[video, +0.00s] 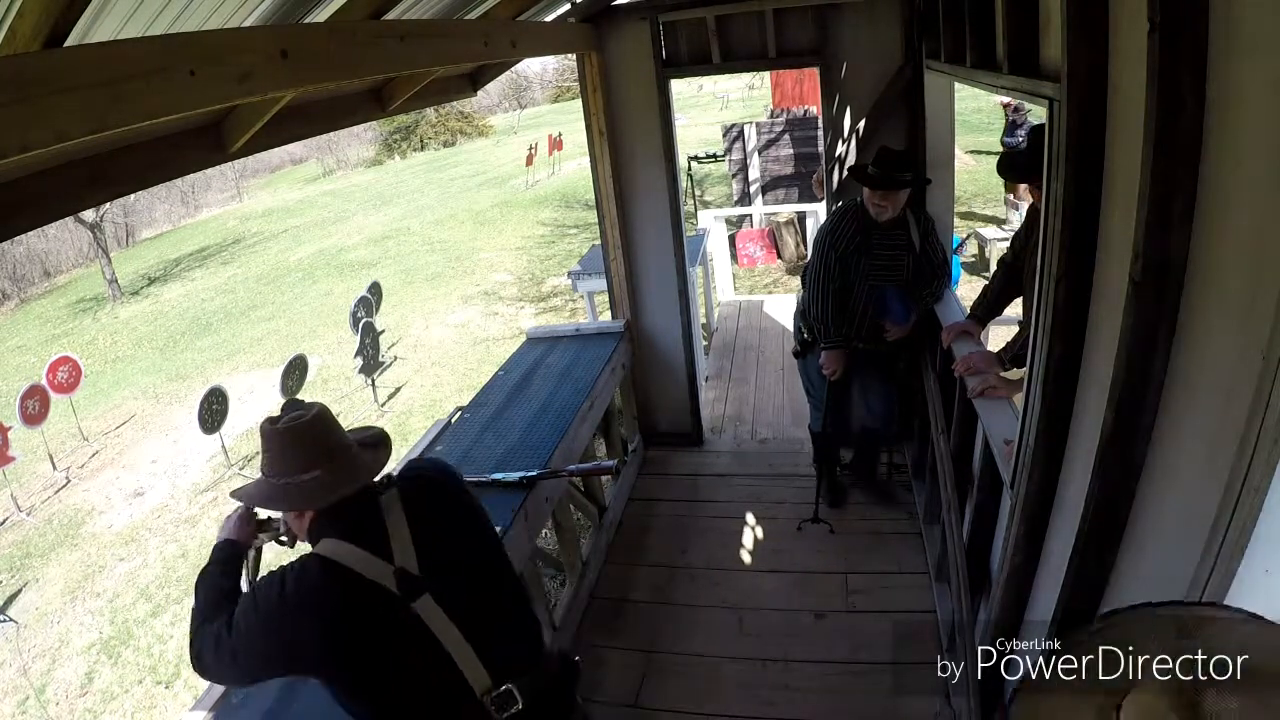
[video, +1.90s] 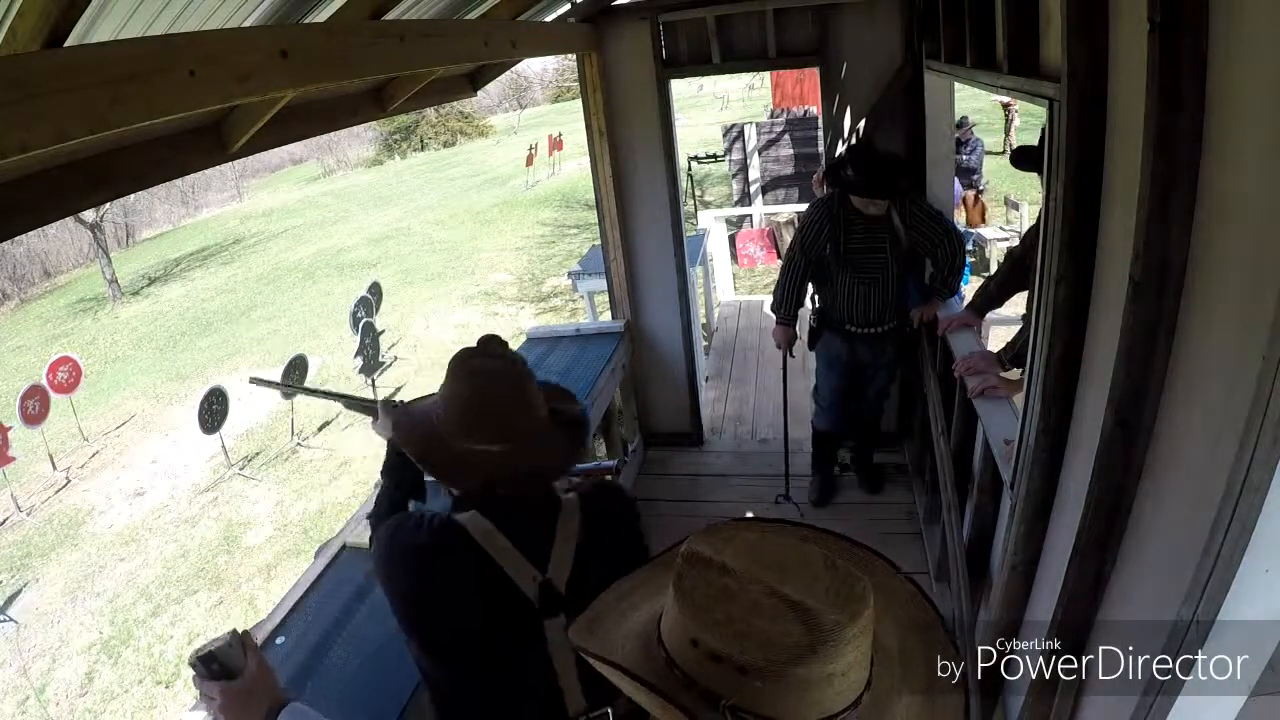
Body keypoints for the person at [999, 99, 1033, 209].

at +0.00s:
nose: (1016, 118)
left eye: (1019, 115)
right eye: (1014, 115)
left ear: (1024, 114)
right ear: (1012, 114)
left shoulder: (1029, 127)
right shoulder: (1011, 125)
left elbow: (1022, 142)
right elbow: (1004, 139)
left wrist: (1004, 141)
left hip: (1024, 163)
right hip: (1010, 161)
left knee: (1021, 194)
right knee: (1010, 193)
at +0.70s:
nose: (1001, 121)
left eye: (1004, 118)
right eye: (1000, 118)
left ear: (1011, 117)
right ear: (999, 118)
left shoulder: (1017, 131)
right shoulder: (994, 130)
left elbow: (1016, 147)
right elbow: (988, 147)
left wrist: (995, 146)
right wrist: (1006, 145)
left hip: (1014, 168)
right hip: (997, 167)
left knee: (1014, 195)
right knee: (995, 195)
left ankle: (1016, 221)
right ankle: (997, 222)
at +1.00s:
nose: (990, 124)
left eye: (992, 122)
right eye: (989, 122)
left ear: (999, 119)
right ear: (987, 121)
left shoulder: (1007, 132)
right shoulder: (983, 131)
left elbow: (1004, 150)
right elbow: (978, 149)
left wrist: (982, 150)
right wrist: (995, 148)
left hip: (1000, 171)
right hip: (986, 170)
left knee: (997, 202)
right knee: (986, 201)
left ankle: (999, 227)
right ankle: (994, 225)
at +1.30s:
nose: (982, 131)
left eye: (985, 127)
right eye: (981, 128)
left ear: (991, 126)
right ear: (979, 127)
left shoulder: (1000, 140)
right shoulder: (975, 137)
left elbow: (992, 159)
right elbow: (967, 154)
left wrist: (974, 156)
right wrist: (984, 153)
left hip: (990, 178)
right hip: (976, 177)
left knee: (983, 210)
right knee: (977, 206)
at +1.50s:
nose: (975, 131)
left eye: (978, 128)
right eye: (974, 128)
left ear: (986, 126)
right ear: (973, 127)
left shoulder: (992, 139)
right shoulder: (970, 136)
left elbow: (986, 159)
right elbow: (961, 153)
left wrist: (970, 155)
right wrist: (976, 153)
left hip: (983, 178)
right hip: (968, 176)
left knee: (980, 209)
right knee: (965, 208)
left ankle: (979, 229)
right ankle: (968, 227)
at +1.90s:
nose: (961, 134)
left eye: (964, 131)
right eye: (960, 131)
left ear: (970, 130)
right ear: (958, 131)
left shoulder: (978, 143)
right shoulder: (955, 142)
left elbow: (974, 164)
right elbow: (948, 157)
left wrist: (956, 159)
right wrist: (964, 158)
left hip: (971, 185)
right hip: (955, 184)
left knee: (972, 219)